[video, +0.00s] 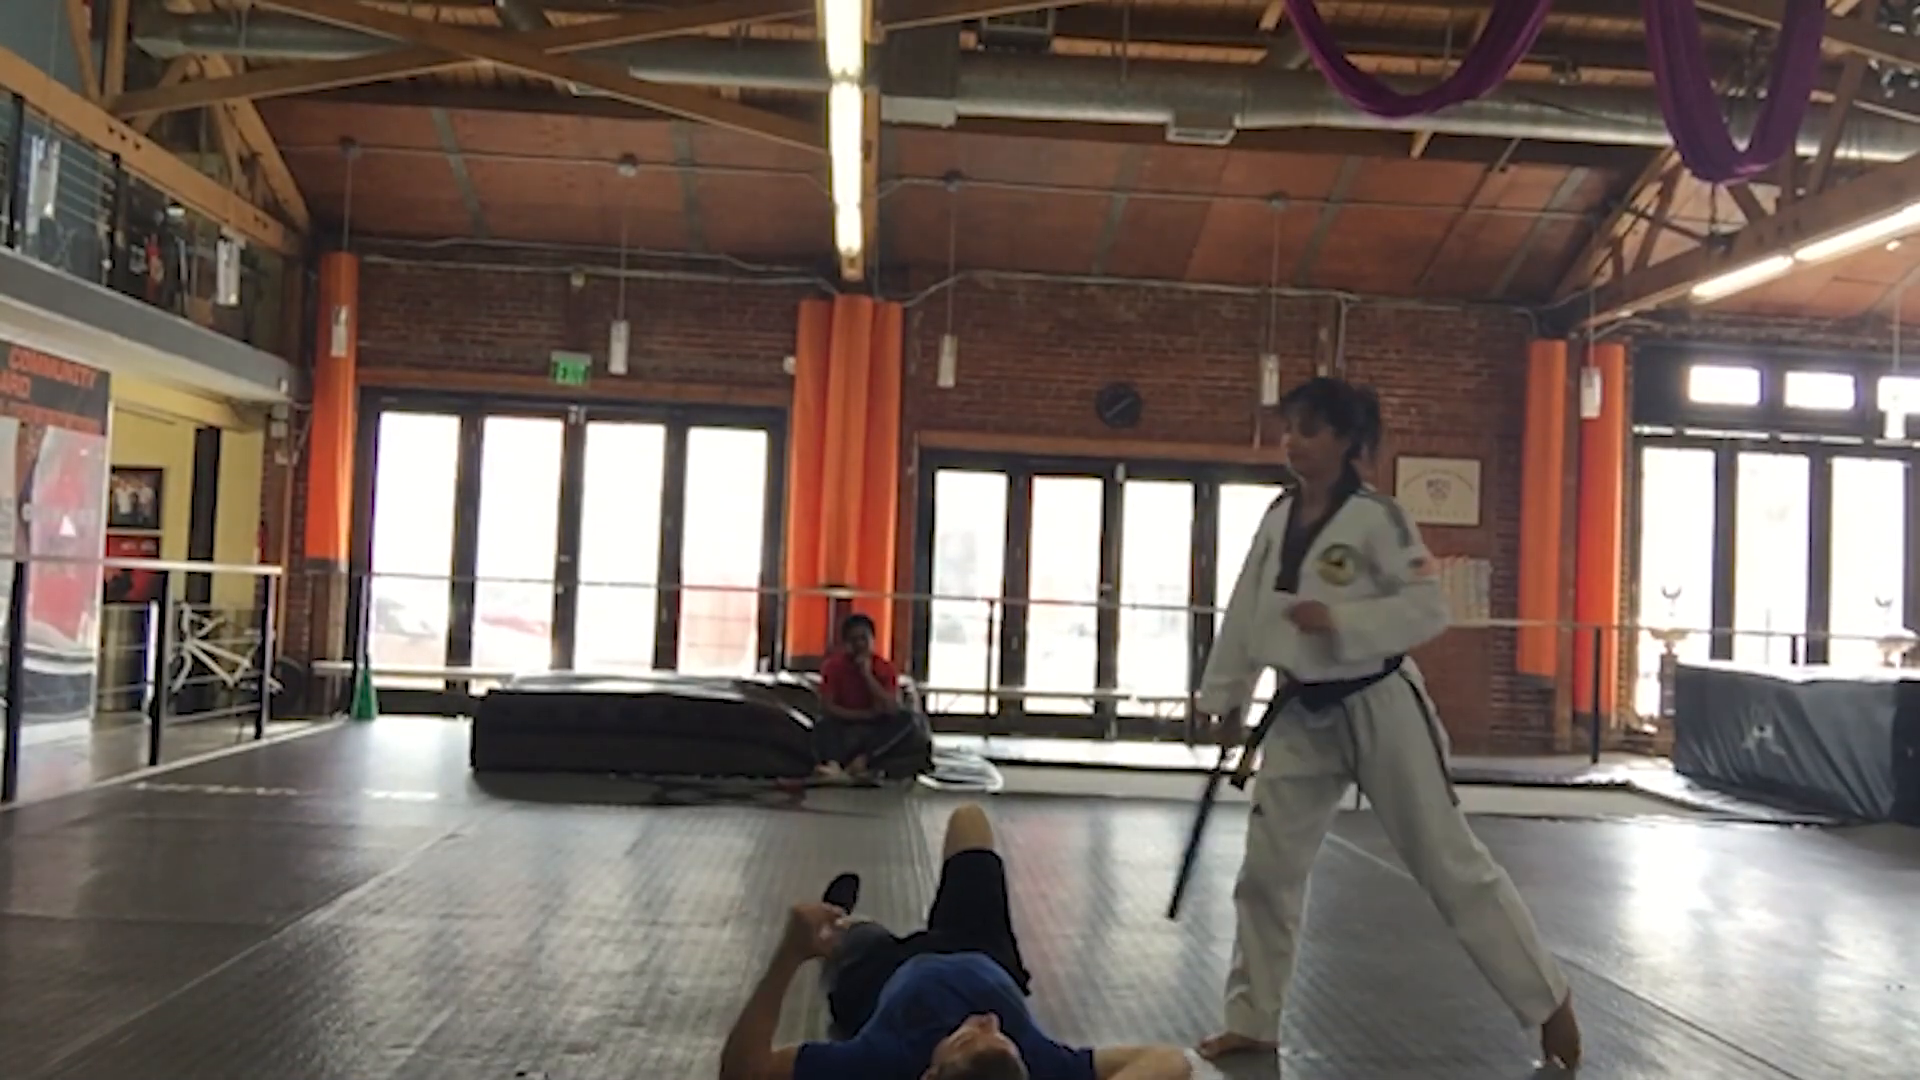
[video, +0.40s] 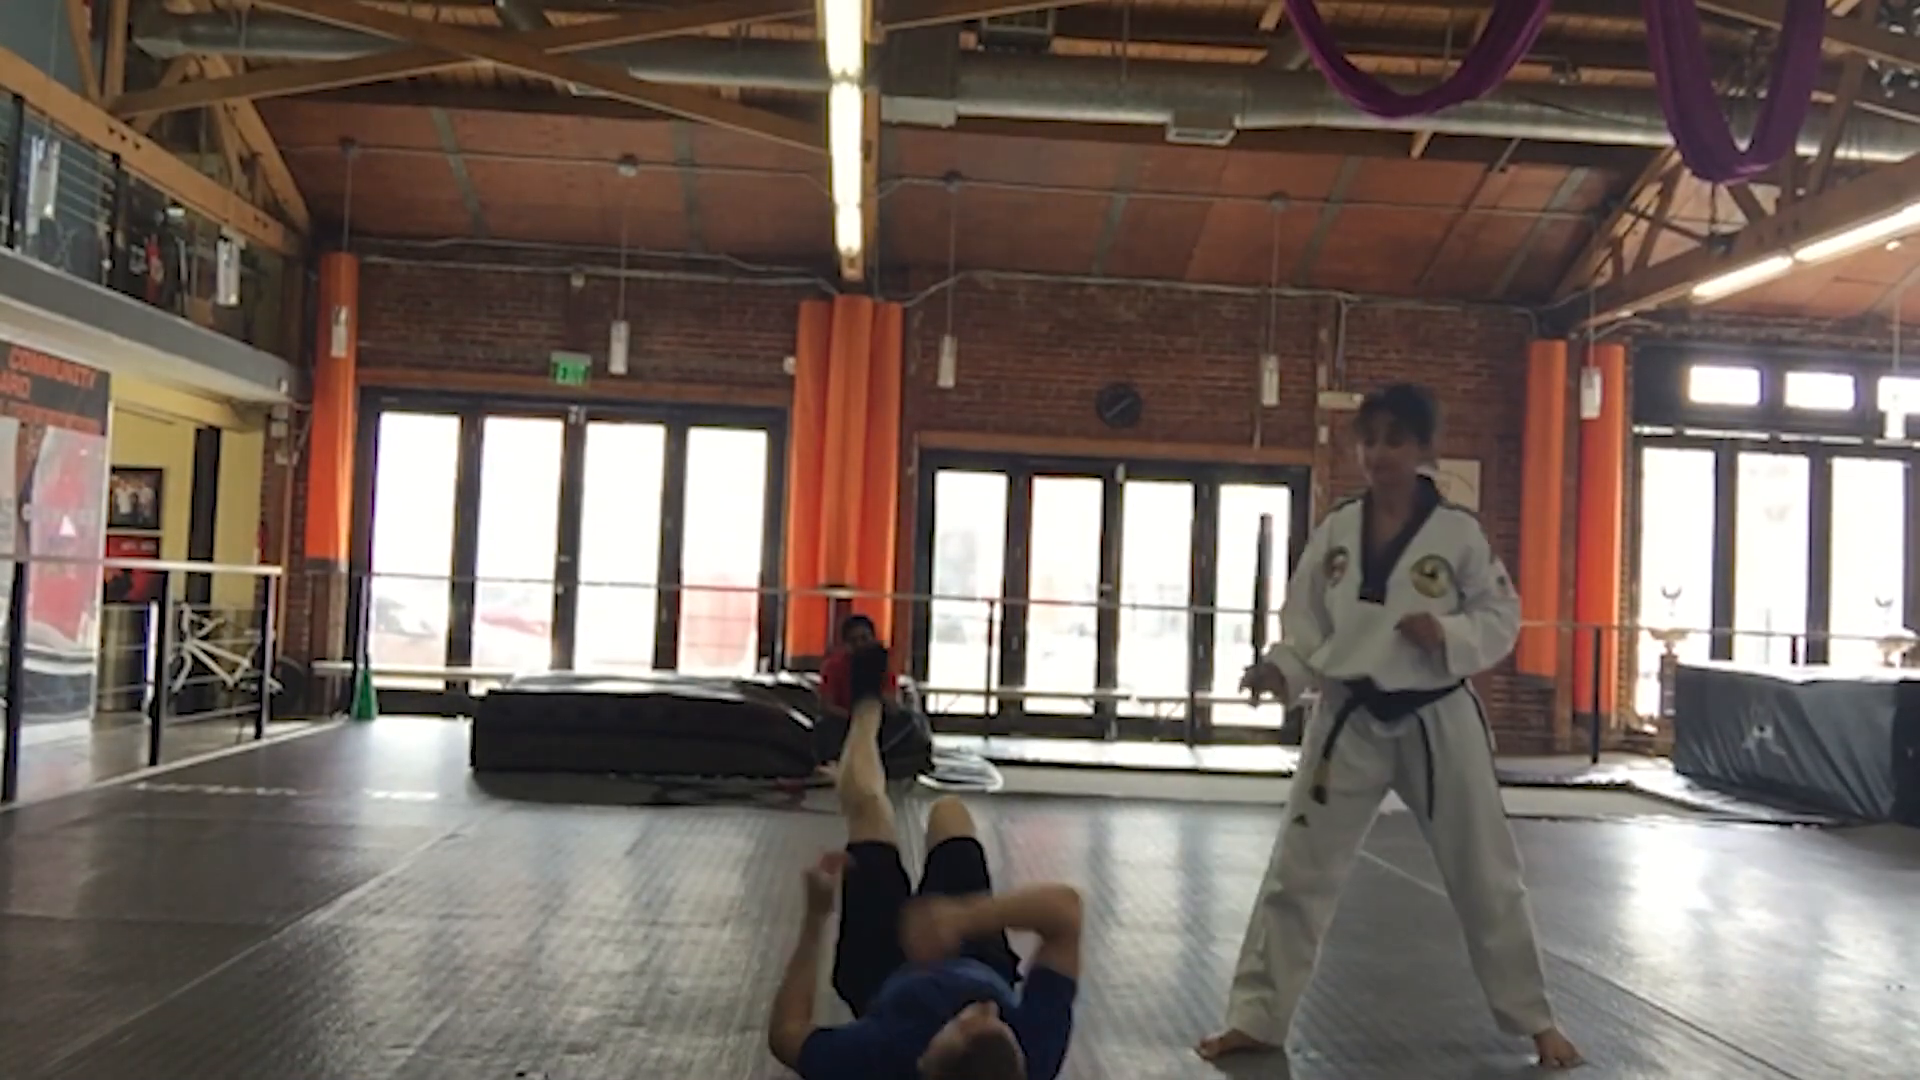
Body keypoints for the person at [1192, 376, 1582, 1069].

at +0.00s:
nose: (1293, 444)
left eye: (1310, 433)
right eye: (1289, 431)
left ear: (1351, 445)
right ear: (1284, 438)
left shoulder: (1377, 517)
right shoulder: (1279, 518)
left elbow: (1428, 607)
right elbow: (1244, 611)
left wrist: (1339, 617)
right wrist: (1220, 695)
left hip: (1382, 703)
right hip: (1302, 711)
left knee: (1445, 863)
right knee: (1267, 870)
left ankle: (1548, 1002)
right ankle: (1252, 1027)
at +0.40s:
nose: (1375, 454)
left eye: (1392, 442)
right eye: (1367, 440)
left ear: (1425, 452)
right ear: (1356, 447)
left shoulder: (1457, 532)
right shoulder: (1334, 529)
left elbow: (1501, 619)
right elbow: (1303, 623)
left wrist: (1449, 632)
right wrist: (1284, 667)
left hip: (1439, 719)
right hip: (1345, 719)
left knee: (1486, 876)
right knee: (1296, 875)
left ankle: (1538, 1021)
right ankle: (1257, 1022)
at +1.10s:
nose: (1354, 540)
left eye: (1367, 527)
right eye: (1343, 526)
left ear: (1396, 514)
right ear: (1329, 514)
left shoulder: (1446, 583)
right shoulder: (1313, 563)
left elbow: (1469, 700)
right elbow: (1292, 642)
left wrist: (1442, 785)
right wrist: (1294, 715)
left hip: (1433, 736)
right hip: (1345, 733)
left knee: (1488, 887)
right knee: (1294, 868)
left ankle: (1534, 1056)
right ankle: (1257, 1021)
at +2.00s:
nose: (1301, 669)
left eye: (1309, 655)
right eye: (1296, 655)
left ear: (1345, 643)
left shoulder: (1411, 660)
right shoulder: (1341, 662)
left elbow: (1446, 797)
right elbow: (1365, 740)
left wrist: (1428, 917)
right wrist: (1361, 819)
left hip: (1479, 748)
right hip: (1400, 755)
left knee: (1504, 903)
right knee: (1338, 877)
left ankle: (1526, 1063)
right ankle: (1268, 1021)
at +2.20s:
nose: (1266, 511)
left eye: (1278, 497)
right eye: (1263, 497)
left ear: (1319, 498)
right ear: (1269, 501)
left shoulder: (1369, 558)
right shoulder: (1279, 558)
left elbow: (1408, 688)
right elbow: (1301, 657)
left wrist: (1356, 777)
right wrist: (1306, 746)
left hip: (1411, 722)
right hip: (1332, 722)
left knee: (1460, 894)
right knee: (1301, 879)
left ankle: (1522, 1058)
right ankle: (1267, 1024)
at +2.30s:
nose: (1258, 463)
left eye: (1271, 449)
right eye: (1257, 450)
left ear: (1314, 454)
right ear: (1271, 457)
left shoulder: (1354, 531)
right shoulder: (1272, 527)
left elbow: (1375, 649)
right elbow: (1290, 627)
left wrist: (1293, 725)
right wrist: (1284, 701)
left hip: (1376, 708)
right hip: (1303, 711)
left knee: (1418, 876)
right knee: (1279, 871)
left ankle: (1514, 1054)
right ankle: (1264, 1023)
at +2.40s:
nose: (1256, 438)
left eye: (1270, 425)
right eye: (1256, 425)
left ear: (1313, 435)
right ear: (1278, 438)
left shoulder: (1339, 515)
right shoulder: (1281, 513)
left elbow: (1327, 640)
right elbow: (1269, 622)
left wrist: (1234, 690)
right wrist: (1241, 692)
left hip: (1347, 702)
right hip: (1284, 702)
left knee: (1368, 869)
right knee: (1267, 865)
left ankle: (1486, 1047)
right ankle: (1256, 1024)